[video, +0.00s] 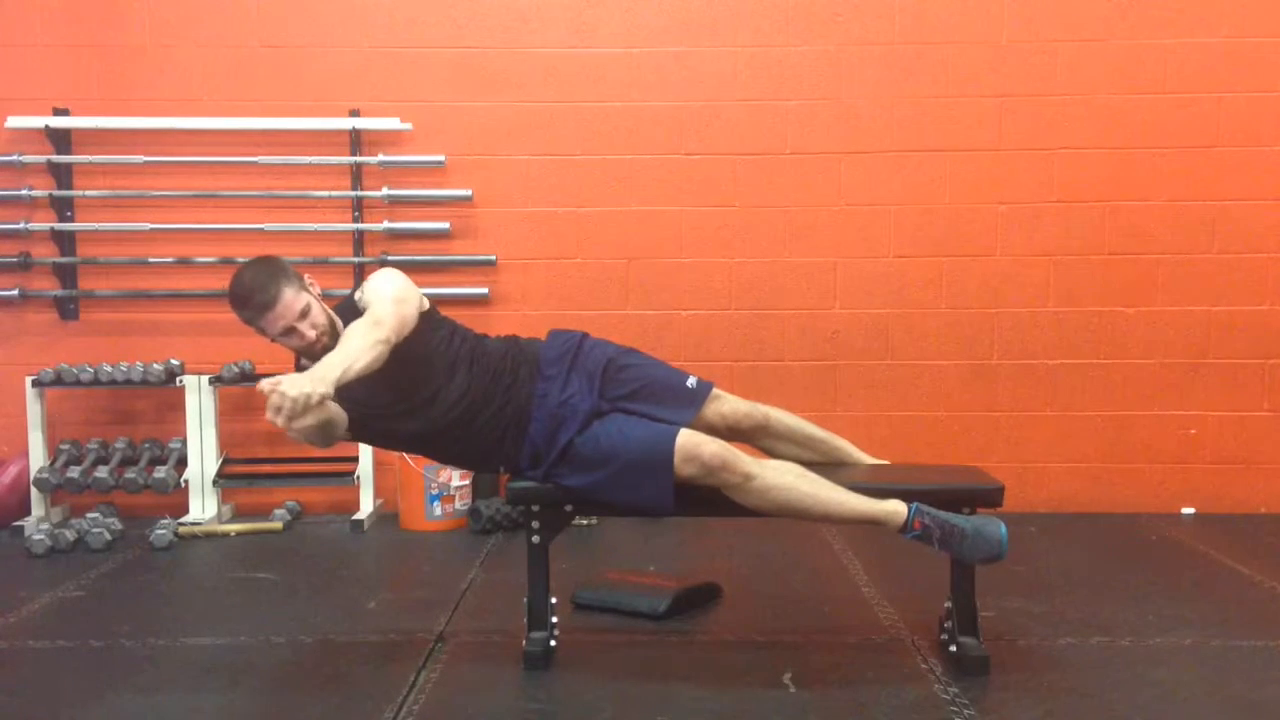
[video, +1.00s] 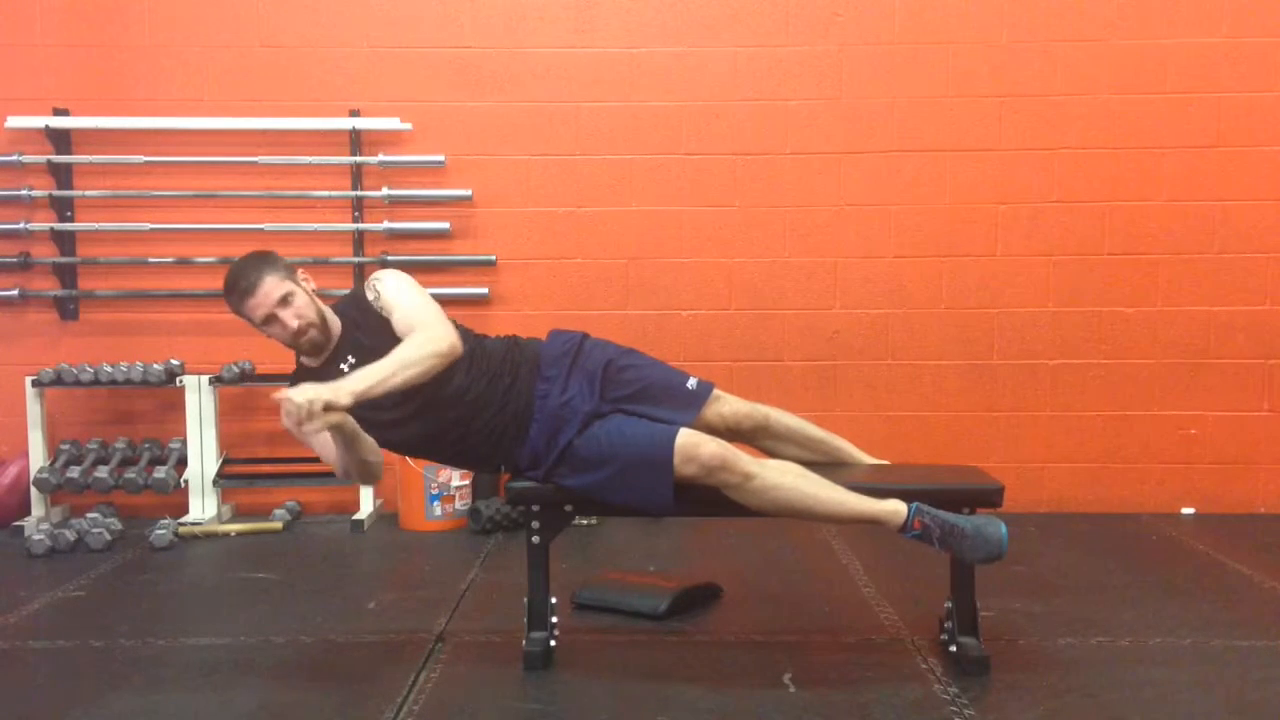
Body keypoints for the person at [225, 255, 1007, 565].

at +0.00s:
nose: (310, 318)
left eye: (304, 300)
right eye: (289, 323)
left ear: (316, 278)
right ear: (274, 337)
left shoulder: (378, 288)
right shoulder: (324, 398)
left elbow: (387, 330)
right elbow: (320, 419)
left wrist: (315, 380)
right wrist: (290, 406)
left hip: (567, 365)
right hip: (548, 447)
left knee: (735, 414)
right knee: (714, 462)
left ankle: (902, 490)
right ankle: (914, 522)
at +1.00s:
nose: (295, 317)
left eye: (292, 297)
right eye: (274, 319)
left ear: (309, 279)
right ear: (262, 337)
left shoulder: (376, 289)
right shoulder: (319, 400)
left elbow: (438, 344)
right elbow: (370, 481)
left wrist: (346, 394)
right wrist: (330, 429)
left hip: (566, 366)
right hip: (545, 449)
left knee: (737, 416)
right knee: (717, 464)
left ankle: (902, 487)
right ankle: (914, 522)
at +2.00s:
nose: (266, 311)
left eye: (261, 293)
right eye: (248, 318)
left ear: (290, 279)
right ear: (252, 342)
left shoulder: (381, 292)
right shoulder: (309, 409)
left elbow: (492, 331)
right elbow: (373, 504)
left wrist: (411, 407)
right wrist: (392, 447)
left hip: (574, 368)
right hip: (547, 449)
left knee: (740, 416)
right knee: (708, 454)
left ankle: (906, 493)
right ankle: (914, 520)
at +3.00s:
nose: (273, 317)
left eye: (270, 300)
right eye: (255, 321)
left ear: (291, 283)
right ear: (252, 341)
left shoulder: (368, 291)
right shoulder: (305, 407)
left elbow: (401, 316)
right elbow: (328, 420)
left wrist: (337, 357)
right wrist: (325, 383)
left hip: (565, 366)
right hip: (545, 449)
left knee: (737, 416)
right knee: (709, 457)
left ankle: (904, 494)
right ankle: (913, 521)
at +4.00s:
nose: (268, 329)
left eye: (266, 309)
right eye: (250, 331)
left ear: (290, 291)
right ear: (249, 349)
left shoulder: (372, 297)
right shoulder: (306, 417)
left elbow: (449, 334)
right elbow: (388, 470)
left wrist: (373, 388)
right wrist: (357, 421)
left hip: (565, 368)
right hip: (545, 451)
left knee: (740, 416)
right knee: (709, 453)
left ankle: (912, 495)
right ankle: (914, 520)